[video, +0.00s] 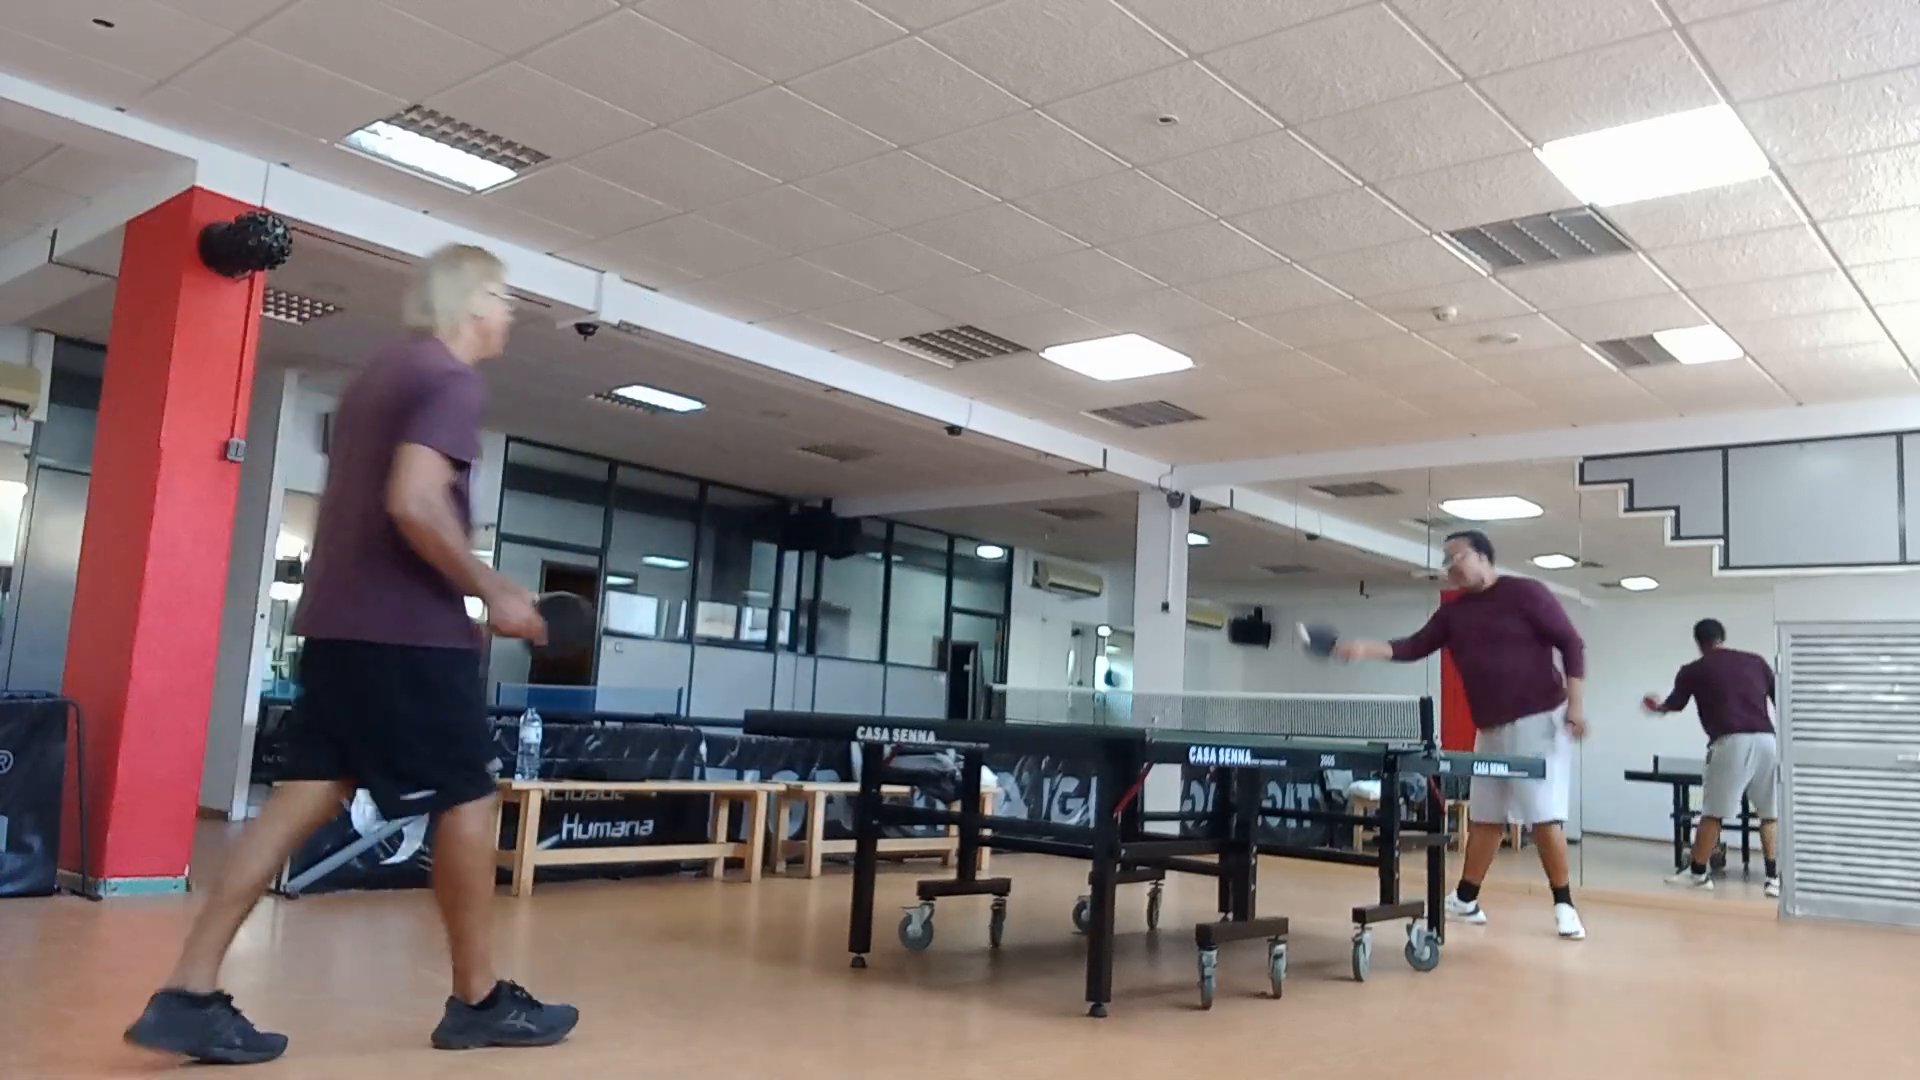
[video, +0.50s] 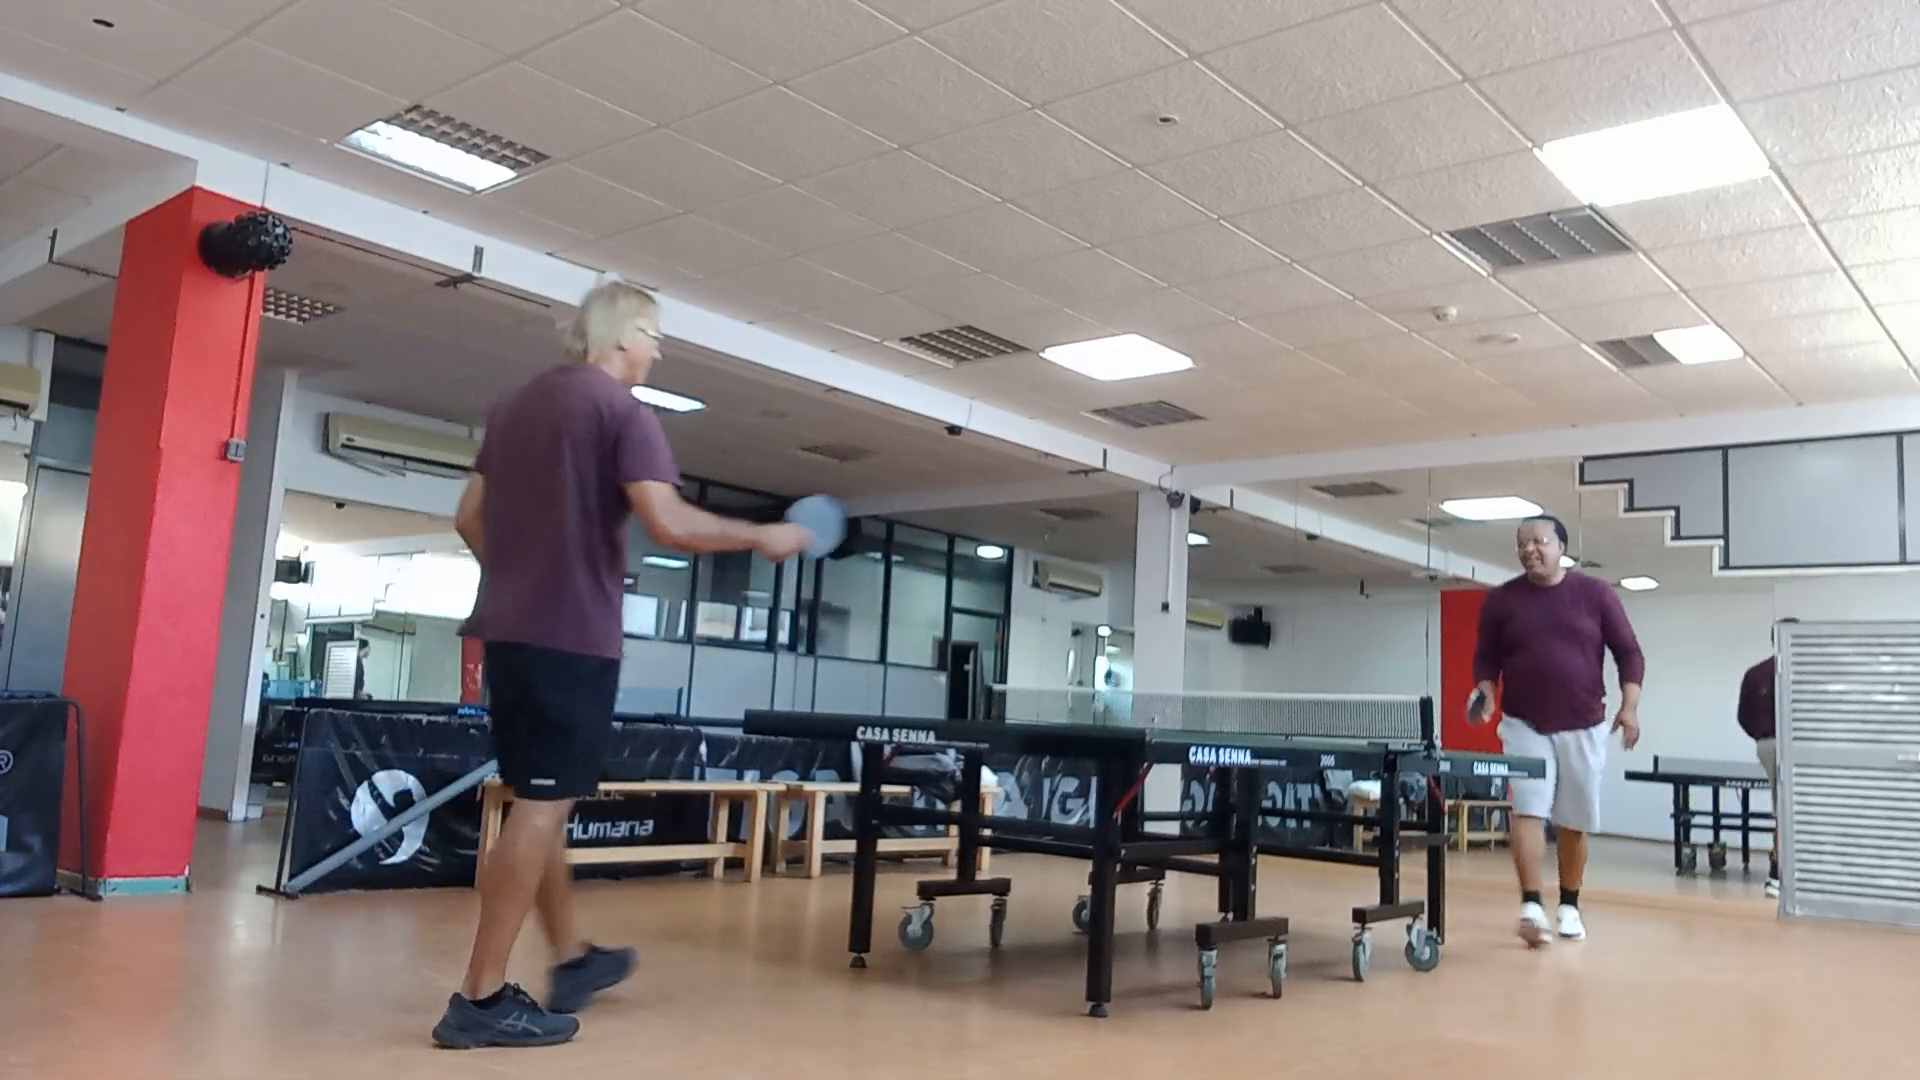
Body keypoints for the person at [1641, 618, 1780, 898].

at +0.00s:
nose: (1705, 646)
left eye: (1701, 642)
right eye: (1712, 641)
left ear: (1698, 643)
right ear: (1723, 638)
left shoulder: (1693, 671)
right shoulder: (1754, 661)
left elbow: (1676, 703)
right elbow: (1780, 699)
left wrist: (1656, 708)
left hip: (1730, 743)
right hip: (1766, 742)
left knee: (1713, 813)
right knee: (1769, 814)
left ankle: (1697, 872)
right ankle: (1773, 878)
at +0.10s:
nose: (1726, 645)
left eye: (1720, 641)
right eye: (1732, 639)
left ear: (1715, 642)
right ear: (1740, 638)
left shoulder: (1708, 670)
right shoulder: (1767, 663)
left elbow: (1690, 700)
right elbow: (1782, 695)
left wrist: (1686, 685)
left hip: (1739, 745)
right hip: (1775, 744)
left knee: (1717, 812)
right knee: (1777, 816)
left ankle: (1698, 871)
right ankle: (1776, 878)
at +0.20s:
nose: (1749, 643)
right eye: (1753, 638)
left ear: (1733, 640)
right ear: (1757, 638)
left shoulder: (1721, 669)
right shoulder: (1776, 663)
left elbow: (1705, 704)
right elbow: (1789, 696)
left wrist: (1727, 685)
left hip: (1745, 745)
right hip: (1780, 744)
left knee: (1727, 811)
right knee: (1780, 816)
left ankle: (1711, 870)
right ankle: (1776, 879)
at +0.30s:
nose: (1769, 642)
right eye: (1771, 636)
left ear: (1750, 638)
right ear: (1773, 636)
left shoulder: (1734, 669)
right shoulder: (1787, 665)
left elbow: (1722, 711)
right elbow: (1797, 701)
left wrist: (1744, 706)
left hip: (1752, 743)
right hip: (1784, 742)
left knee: (1746, 808)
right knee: (1783, 810)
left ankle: (1741, 867)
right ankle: (1777, 873)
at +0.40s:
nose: (1785, 642)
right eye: (1786, 636)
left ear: (1765, 638)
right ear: (1787, 637)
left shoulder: (1746, 669)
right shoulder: (1797, 668)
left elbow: (1733, 711)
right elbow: (1807, 706)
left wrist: (1752, 732)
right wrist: (1801, 732)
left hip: (1759, 742)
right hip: (1792, 742)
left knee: (1768, 806)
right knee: (1789, 805)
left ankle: (1774, 871)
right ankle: (1785, 871)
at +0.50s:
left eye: (1783, 635)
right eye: (1791, 636)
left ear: (1773, 639)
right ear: (1795, 639)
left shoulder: (1755, 673)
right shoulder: (1801, 672)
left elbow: (1744, 715)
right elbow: (1812, 710)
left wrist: (1761, 735)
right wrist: (1807, 734)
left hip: (1766, 744)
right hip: (1795, 744)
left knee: (1781, 806)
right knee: (1788, 808)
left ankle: (1779, 869)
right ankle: (1777, 873)